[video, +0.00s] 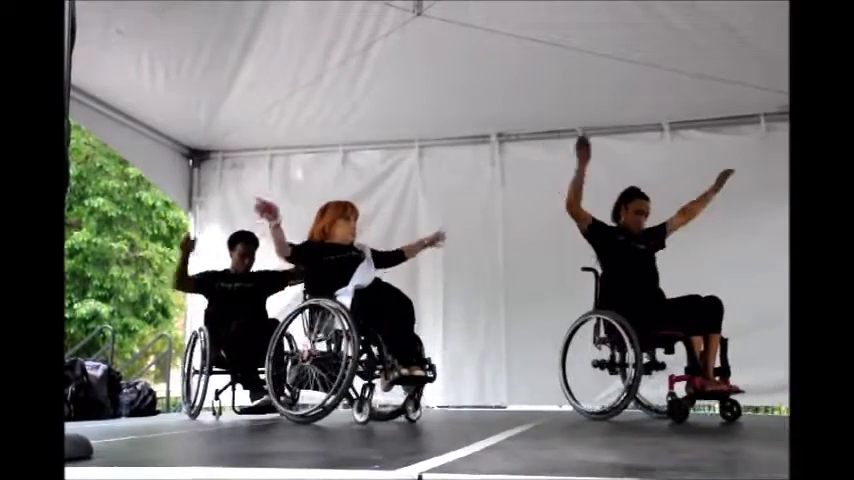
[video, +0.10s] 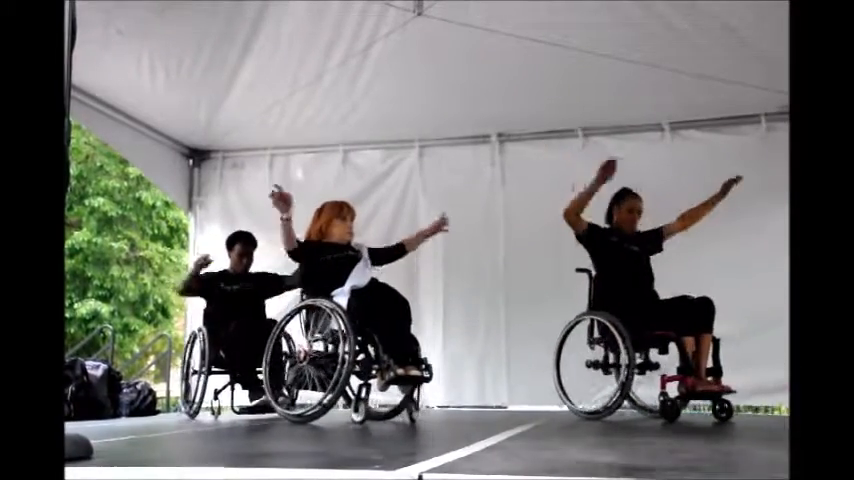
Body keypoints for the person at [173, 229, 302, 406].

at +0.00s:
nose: (248, 261)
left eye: (252, 256)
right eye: (243, 255)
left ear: (255, 255)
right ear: (231, 253)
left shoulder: (262, 280)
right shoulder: (214, 280)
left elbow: (299, 274)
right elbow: (181, 283)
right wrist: (185, 254)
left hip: (255, 342)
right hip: (223, 346)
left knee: (273, 325)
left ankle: (277, 392)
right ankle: (257, 393)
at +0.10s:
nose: (247, 260)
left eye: (250, 255)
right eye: (242, 255)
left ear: (254, 255)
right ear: (230, 254)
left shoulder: (260, 281)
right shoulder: (214, 281)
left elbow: (293, 281)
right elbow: (185, 290)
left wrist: (310, 262)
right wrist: (196, 269)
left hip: (255, 341)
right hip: (224, 344)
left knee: (272, 327)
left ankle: (276, 393)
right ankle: (255, 392)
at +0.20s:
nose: (245, 261)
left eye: (248, 256)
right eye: (240, 256)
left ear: (252, 256)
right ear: (228, 255)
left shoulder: (258, 284)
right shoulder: (213, 283)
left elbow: (291, 298)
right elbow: (185, 302)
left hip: (253, 342)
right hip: (222, 344)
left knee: (268, 327)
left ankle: (274, 392)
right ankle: (255, 393)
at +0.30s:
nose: (245, 262)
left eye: (248, 257)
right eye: (240, 257)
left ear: (252, 257)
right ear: (228, 255)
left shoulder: (258, 286)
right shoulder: (211, 285)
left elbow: (284, 305)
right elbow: (188, 308)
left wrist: (299, 310)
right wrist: (200, 318)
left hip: (253, 343)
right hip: (223, 344)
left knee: (268, 328)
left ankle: (273, 393)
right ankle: (255, 393)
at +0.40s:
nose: (246, 264)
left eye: (250, 259)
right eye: (242, 259)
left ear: (253, 259)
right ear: (230, 258)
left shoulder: (259, 289)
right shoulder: (212, 286)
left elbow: (284, 317)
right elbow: (187, 310)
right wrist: (195, 331)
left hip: (250, 345)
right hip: (216, 346)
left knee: (270, 332)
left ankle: (274, 393)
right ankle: (256, 393)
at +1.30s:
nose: (254, 262)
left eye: (255, 256)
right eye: (249, 257)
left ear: (258, 256)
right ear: (234, 258)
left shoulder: (261, 288)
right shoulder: (217, 288)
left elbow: (278, 319)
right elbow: (199, 316)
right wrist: (215, 339)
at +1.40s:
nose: (254, 257)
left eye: (253, 252)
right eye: (248, 253)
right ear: (233, 256)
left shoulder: (254, 287)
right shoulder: (223, 286)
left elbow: (266, 316)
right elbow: (221, 323)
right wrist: (236, 346)